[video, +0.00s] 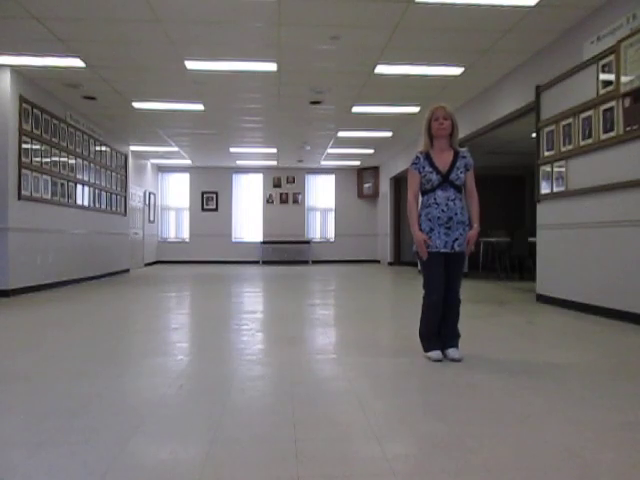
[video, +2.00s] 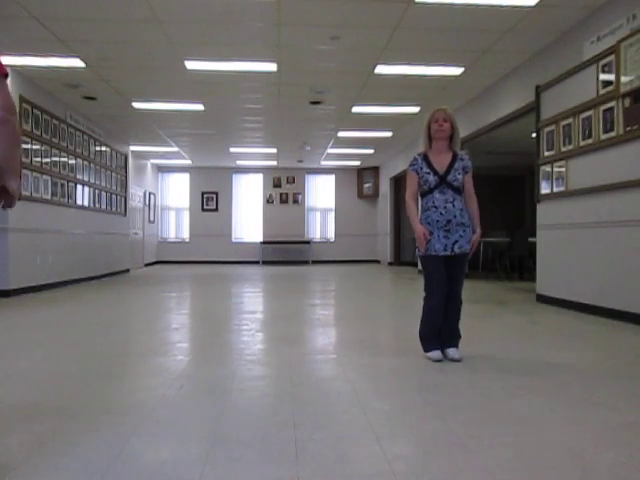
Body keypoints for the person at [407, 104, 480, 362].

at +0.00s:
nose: (441, 123)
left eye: (445, 119)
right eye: (436, 120)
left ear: (453, 125)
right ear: (429, 126)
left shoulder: (463, 157)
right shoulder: (420, 160)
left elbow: (471, 192)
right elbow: (412, 198)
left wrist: (475, 225)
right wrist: (415, 231)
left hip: (458, 229)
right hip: (430, 229)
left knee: (453, 290)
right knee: (434, 289)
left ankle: (451, 342)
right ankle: (431, 343)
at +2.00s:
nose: (441, 125)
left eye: (445, 121)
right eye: (436, 121)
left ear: (452, 127)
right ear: (429, 128)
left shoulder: (462, 160)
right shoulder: (419, 161)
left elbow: (470, 196)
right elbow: (410, 198)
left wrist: (477, 228)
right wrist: (417, 226)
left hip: (460, 232)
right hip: (432, 232)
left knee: (454, 292)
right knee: (435, 291)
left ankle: (451, 343)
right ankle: (432, 344)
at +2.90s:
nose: (448, 123)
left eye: (452, 120)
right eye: (443, 118)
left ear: (457, 126)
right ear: (434, 123)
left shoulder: (463, 158)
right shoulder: (420, 158)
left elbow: (469, 194)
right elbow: (410, 194)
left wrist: (475, 226)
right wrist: (416, 223)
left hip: (458, 229)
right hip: (430, 230)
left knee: (453, 291)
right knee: (433, 290)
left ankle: (451, 343)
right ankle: (431, 343)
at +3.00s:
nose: (447, 125)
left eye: (451, 122)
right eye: (443, 121)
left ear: (455, 128)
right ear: (432, 126)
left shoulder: (461, 160)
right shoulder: (418, 160)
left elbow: (470, 195)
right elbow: (409, 197)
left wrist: (477, 229)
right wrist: (415, 226)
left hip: (457, 231)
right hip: (429, 232)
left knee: (453, 291)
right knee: (434, 290)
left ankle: (451, 343)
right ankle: (431, 344)